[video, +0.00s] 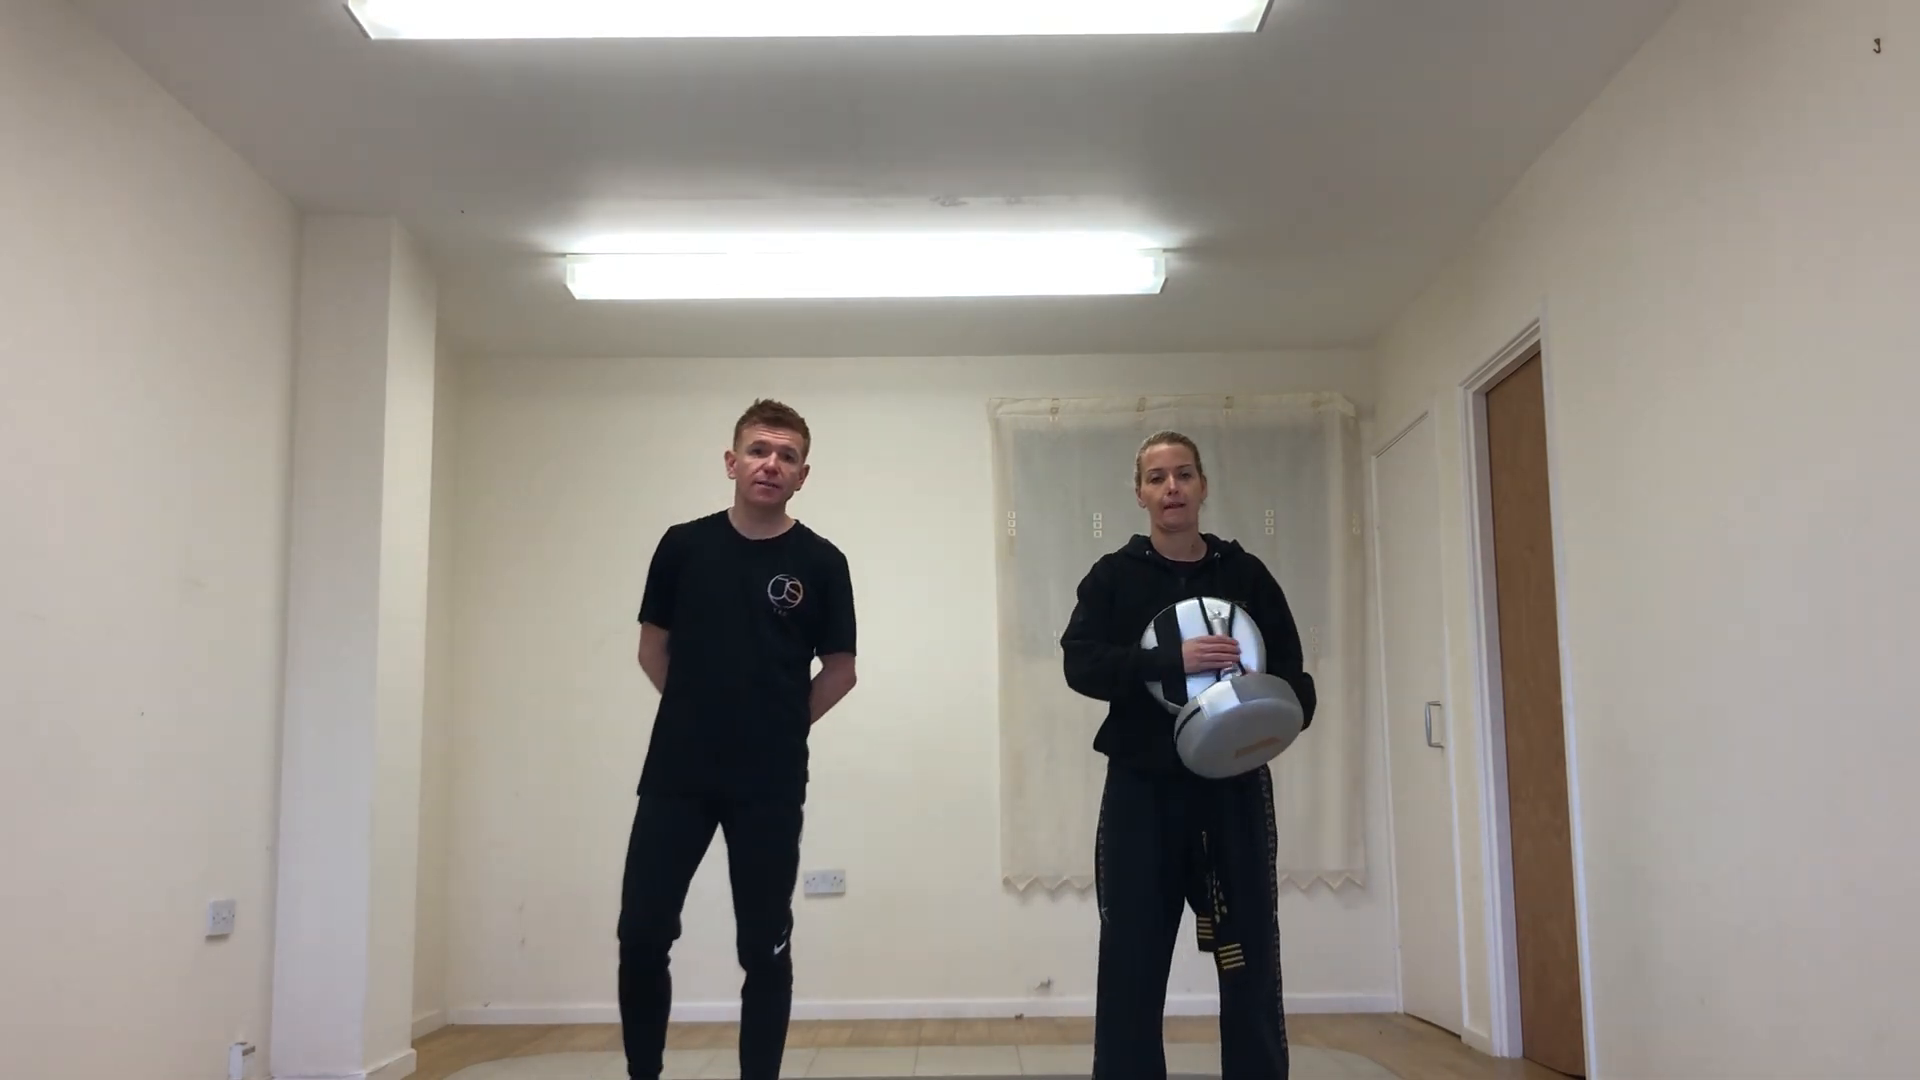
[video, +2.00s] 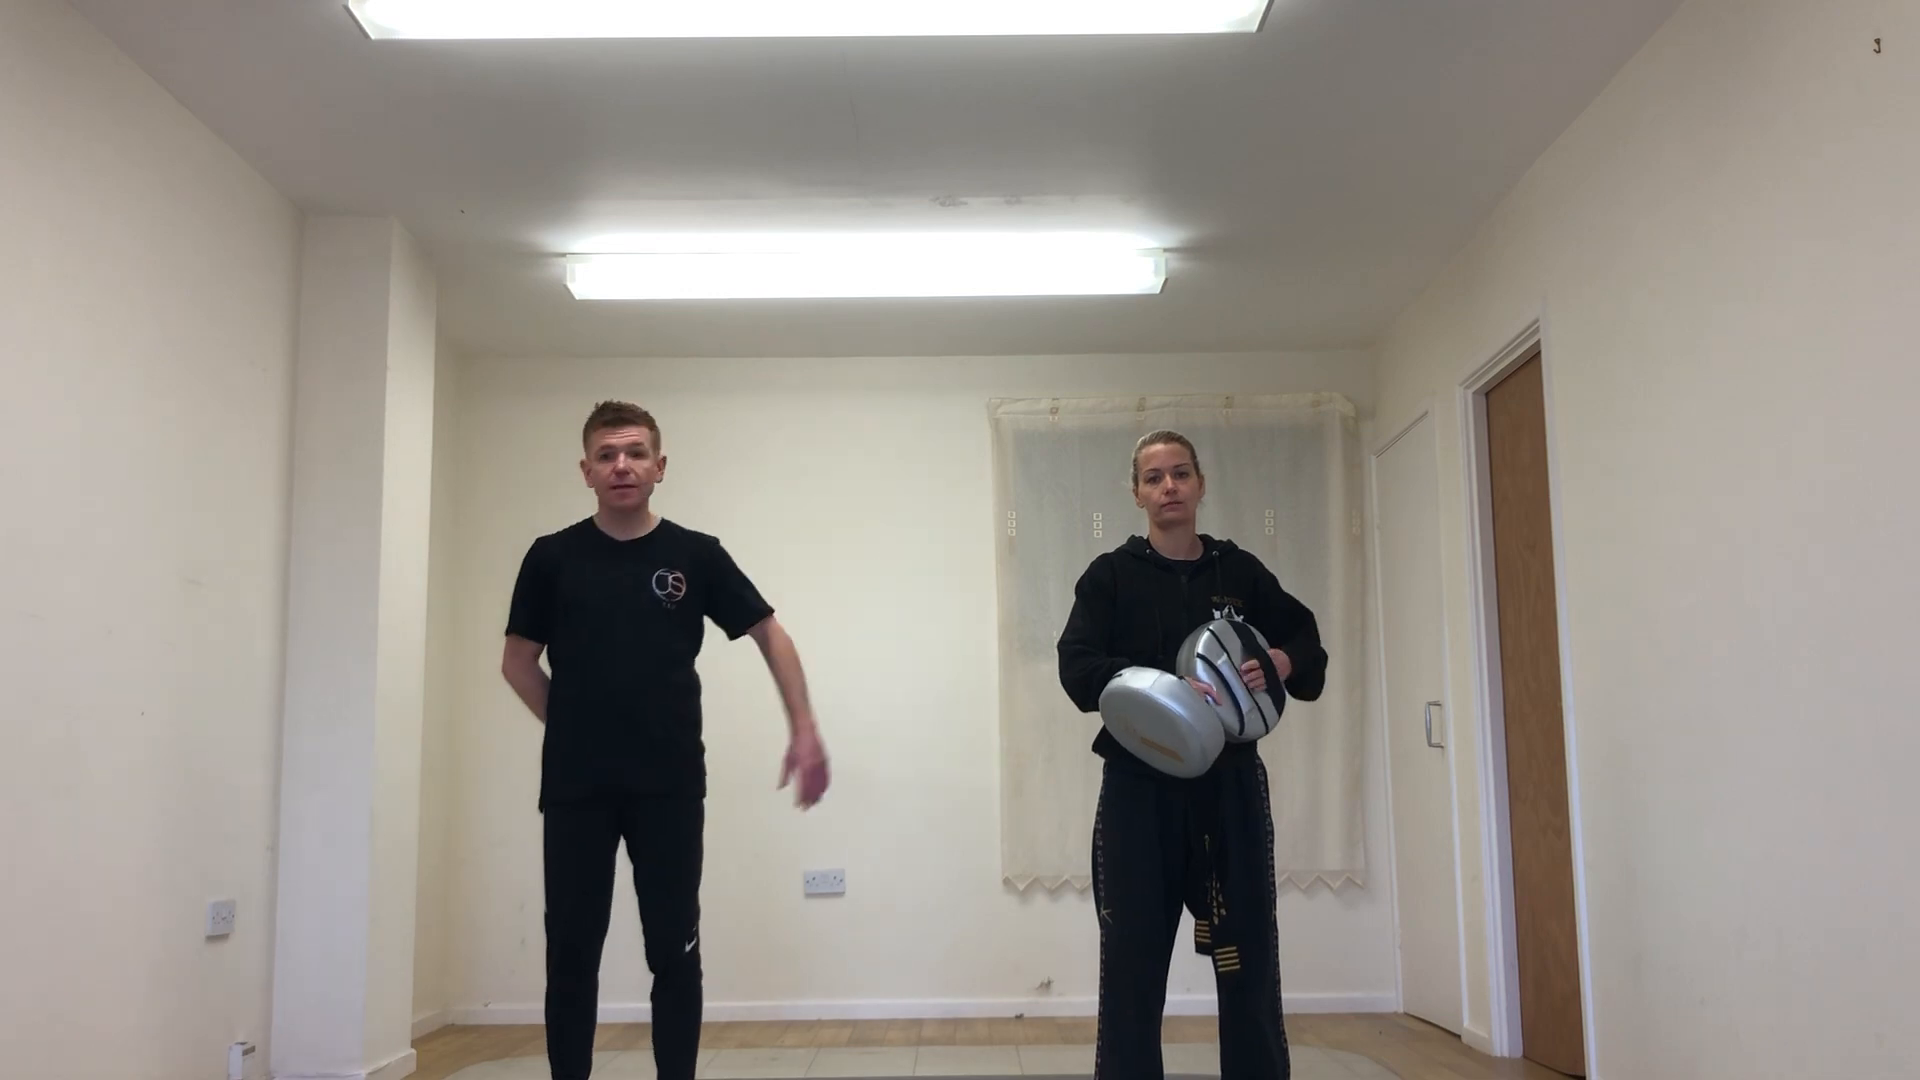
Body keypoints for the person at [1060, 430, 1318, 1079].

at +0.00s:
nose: (1171, 486)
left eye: (1183, 474)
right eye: (1157, 477)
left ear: (1203, 487)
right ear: (1140, 494)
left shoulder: (1246, 572)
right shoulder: (1113, 575)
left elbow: (1292, 677)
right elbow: (1080, 666)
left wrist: (1272, 717)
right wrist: (1171, 659)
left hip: (1236, 789)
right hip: (1142, 790)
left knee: (1251, 972)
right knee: (1131, 975)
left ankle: (1257, 1078)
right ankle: (1128, 1079)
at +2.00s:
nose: (1168, 485)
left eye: (1179, 473)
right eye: (1154, 477)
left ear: (1200, 485)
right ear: (1137, 494)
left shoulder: (1240, 569)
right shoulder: (1109, 575)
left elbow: (1308, 652)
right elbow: (1077, 667)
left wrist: (1279, 664)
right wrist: (1157, 691)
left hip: (1231, 783)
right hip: (1138, 786)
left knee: (1248, 962)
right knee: (1131, 968)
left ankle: (1258, 1077)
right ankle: (1127, 1077)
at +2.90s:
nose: (1166, 484)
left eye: (1178, 473)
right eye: (1151, 476)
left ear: (1198, 486)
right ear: (1135, 493)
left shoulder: (1237, 571)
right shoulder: (1105, 580)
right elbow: (1060, 675)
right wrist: (1026, 767)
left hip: (1228, 786)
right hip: (1134, 789)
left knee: (1246, 964)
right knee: (1129, 968)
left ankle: (1258, 1078)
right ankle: (1123, 1079)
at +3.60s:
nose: (1176, 491)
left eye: (1189, 478)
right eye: (1162, 480)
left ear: (1208, 488)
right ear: (1144, 492)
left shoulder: (1241, 571)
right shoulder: (1110, 574)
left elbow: (1250, 667)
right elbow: (1093, 684)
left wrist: (1210, 727)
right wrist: (1141, 736)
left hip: (1229, 781)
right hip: (1138, 783)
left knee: (1249, 961)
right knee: (1131, 966)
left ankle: (1260, 1077)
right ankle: (1124, 1077)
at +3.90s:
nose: (1178, 491)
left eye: (1191, 479)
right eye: (1164, 480)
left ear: (1210, 488)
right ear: (1146, 490)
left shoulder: (1241, 571)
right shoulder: (1111, 573)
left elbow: (1257, 669)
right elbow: (1094, 678)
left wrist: (1217, 730)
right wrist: (1137, 737)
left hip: (1229, 780)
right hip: (1137, 781)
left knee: (1248, 960)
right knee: (1130, 965)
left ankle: (1260, 1075)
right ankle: (1125, 1077)